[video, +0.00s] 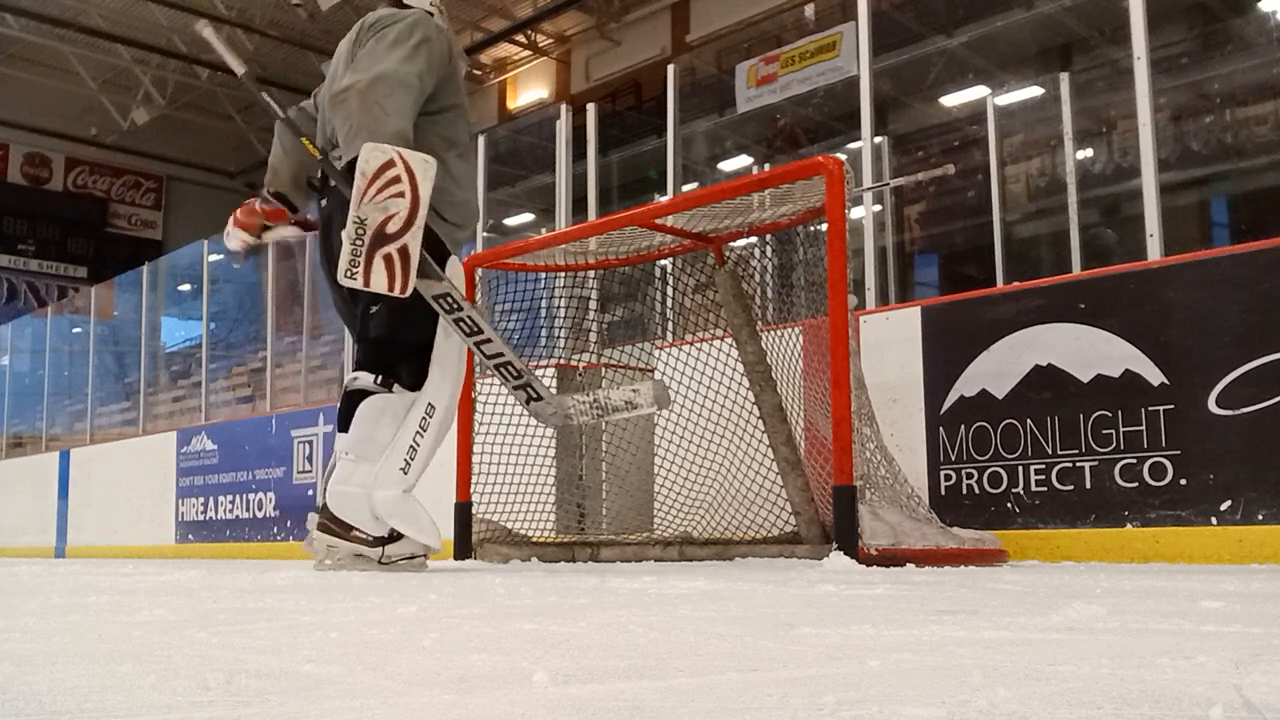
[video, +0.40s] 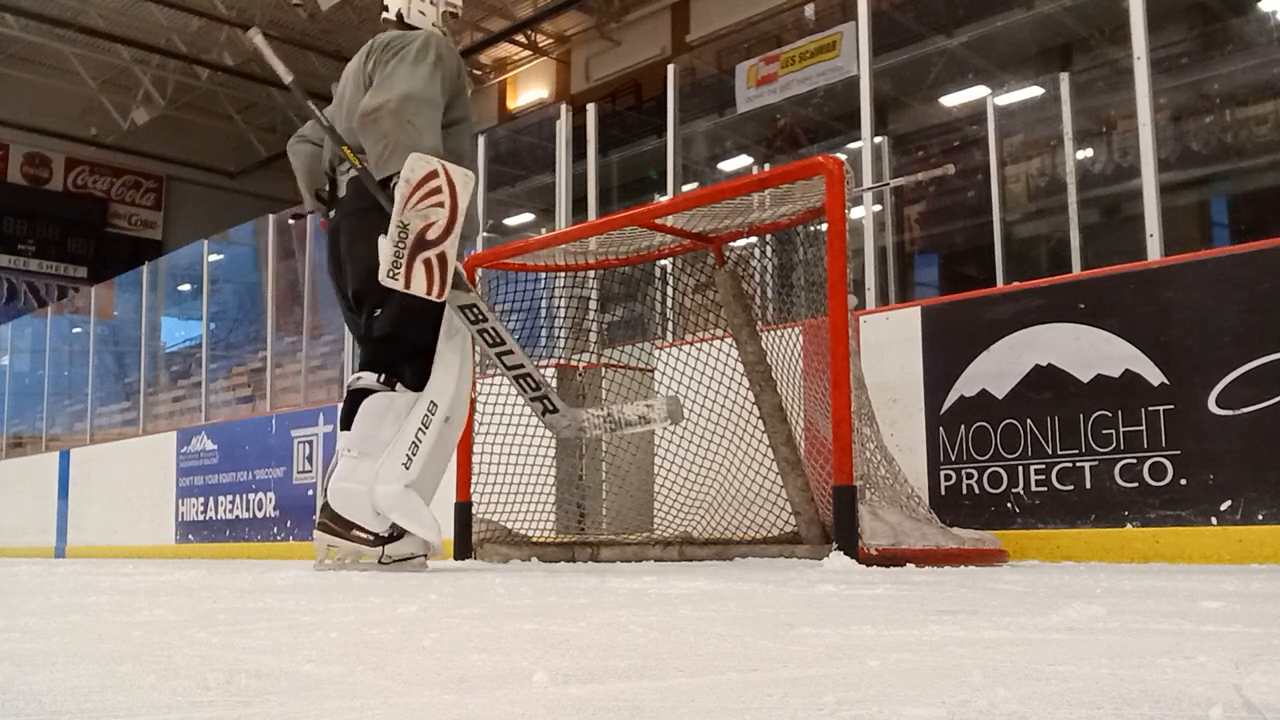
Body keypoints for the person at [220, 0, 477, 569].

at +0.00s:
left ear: (386, 1)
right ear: (430, 2)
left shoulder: (358, 47)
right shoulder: (415, 27)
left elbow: (302, 123)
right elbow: (371, 102)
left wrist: (278, 199)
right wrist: (385, 209)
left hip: (359, 231)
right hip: (404, 232)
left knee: (376, 373)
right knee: (416, 376)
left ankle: (349, 514)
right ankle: (363, 516)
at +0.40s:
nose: (452, 16)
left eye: (451, 11)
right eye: (448, 10)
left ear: (392, 17)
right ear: (428, 13)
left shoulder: (358, 76)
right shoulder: (421, 45)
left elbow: (308, 142)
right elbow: (395, 117)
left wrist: (331, 199)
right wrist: (432, 219)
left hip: (353, 229)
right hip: (398, 223)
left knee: (383, 371)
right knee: (436, 373)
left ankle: (355, 513)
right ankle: (366, 507)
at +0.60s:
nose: (463, 38)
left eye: (465, 31)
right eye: (455, 27)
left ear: (417, 26)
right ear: (427, 22)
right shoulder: (423, 56)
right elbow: (383, 126)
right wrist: (416, 234)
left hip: (377, 236)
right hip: (395, 230)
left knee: (395, 374)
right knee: (423, 373)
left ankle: (368, 510)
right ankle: (371, 504)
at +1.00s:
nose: (501, 55)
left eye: (505, 48)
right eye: (492, 44)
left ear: (502, 55)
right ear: (462, 43)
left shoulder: (476, 108)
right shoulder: (442, 79)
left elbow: (461, 194)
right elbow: (385, 144)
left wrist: (491, 255)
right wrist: (382, 241)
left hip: (449, 259)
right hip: (439, 255)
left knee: (430, 389)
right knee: (469, 382)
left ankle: (395, 513)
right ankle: (445, 514)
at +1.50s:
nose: (525, 32)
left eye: (535, 24)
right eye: (515, 23)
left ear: (548, 35)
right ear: (499, 31)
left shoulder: (549, 110)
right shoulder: (478, 77)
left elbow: (540, 192)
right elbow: (428, 148)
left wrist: (541, 260)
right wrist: (409, 236)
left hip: (525, 267)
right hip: (469, 257)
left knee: (510, 397)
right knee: (492, 396)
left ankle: (458, 525)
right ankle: (474, 526)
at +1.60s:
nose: (533, 29)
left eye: (542, 22)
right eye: (522, 19)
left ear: (553, 34)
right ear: (503, 28)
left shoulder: (565, 113)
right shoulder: (483, 73)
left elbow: (562, 190)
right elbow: (438, 139)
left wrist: (553, 246)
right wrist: (422, 218)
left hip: (545, 268)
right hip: (482, 255)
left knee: (542, 396)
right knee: (501, 390)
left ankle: (519, 527)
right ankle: (480, 524)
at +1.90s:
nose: (554, 13)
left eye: (563, 7)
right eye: (540, 6)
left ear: (578, 20)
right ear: (518, 18)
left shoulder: (603, 108)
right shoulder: (498, 70)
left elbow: (591, 208)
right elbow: (455, 154)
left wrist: (622, 256)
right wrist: (438, 239)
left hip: (585, 274)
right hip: (510, 261)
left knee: (617, 391)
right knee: (527, 398)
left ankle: (606, 521)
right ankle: (524, 529)